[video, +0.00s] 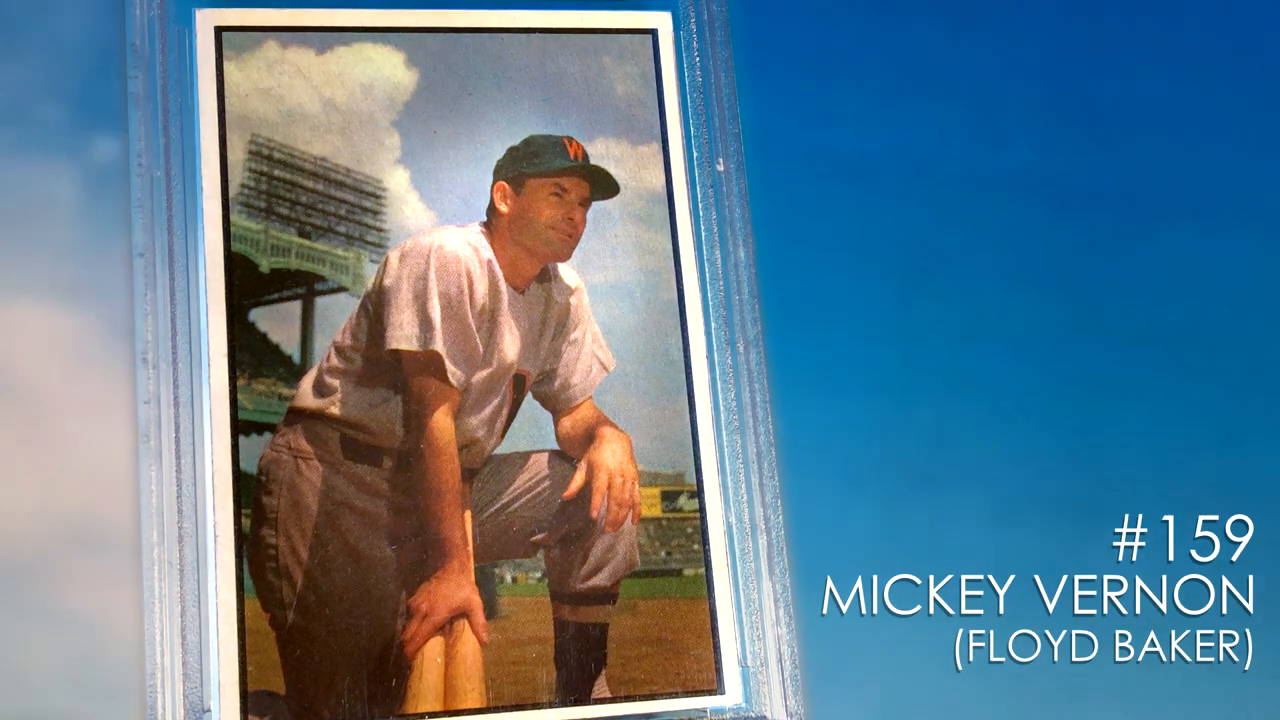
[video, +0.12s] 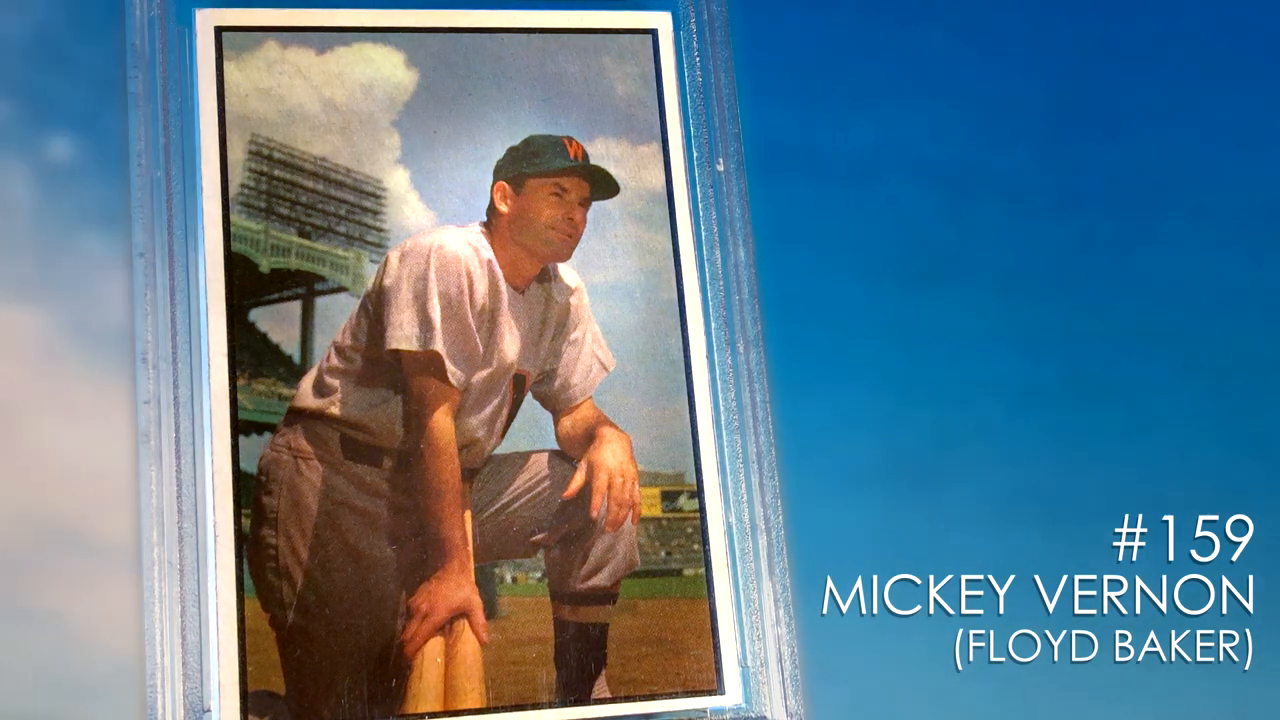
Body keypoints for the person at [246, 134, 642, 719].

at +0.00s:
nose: (577, 215)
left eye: (584, 203)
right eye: (559, 193)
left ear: (586, 217)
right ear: (505, 197)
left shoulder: (559, 295)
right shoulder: (442, 257)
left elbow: (575, 416)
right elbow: (431, 421)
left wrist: (609, 435)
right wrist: (454, 566)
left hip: (440, 487)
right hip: (335, 480)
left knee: (595, 488)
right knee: (347, 704)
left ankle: (580, 696)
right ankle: (236, 706)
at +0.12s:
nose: (577, 216)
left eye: (584, 203)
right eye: (559, 194)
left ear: (587, 217)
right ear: (505, 197)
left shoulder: (560, 296)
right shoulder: (443, 257)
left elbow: (575, 416)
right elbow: (432, 420)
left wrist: (609, 435)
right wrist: (454, 566)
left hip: (440, 487)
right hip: (335, 479)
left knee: (595, 488)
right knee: (350, 702)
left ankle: (581, 695)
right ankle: (235, 706)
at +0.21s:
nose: (576, 216)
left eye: (584, 204)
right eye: (558, 193)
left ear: (586, 218)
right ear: (505, 197)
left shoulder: (560, 297)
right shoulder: (441, 256)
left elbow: (575, 415)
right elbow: (431, 419)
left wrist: (609, 435)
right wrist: (454, 566)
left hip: (440, 486)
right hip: (335, 478)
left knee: (595, 488)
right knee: (349, 702)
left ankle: (580, 694)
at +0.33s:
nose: (577, 216)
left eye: (584, 204)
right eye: (558, 194)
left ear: (586, 218)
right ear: (505, 197)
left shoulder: (560, 296)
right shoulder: (440, 256)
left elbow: (575, 415)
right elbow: (431, 419)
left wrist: (609, 435)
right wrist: (454, 566)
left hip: (439, 486)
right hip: (334, 477)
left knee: (595, 488)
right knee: (349, 702)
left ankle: (580, 694)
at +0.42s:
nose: (577, 216)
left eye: (584, 203)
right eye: (558, 194)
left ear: (586, 217)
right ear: (505, 197)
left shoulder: (560, 295)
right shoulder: (442, 257)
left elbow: (575, 416)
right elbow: (431, 420)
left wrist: (609, 435)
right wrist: (454, 566)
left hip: (439, 486)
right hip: (334, 477)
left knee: (595, 488)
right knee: (349, 702)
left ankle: (581, 695)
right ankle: (235, 705)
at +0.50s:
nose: (576, 216)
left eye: (584, 204)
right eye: (557, 194)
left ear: (586, 217)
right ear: (504, 197)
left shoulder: (560, 296)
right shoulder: (441, 256)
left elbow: (575, 415)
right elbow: (431, 419)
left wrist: (609, 435)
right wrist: (454, 565)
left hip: (440, 486)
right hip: (335, 478)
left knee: (595, 488)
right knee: (352, 700)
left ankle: (580, 694)